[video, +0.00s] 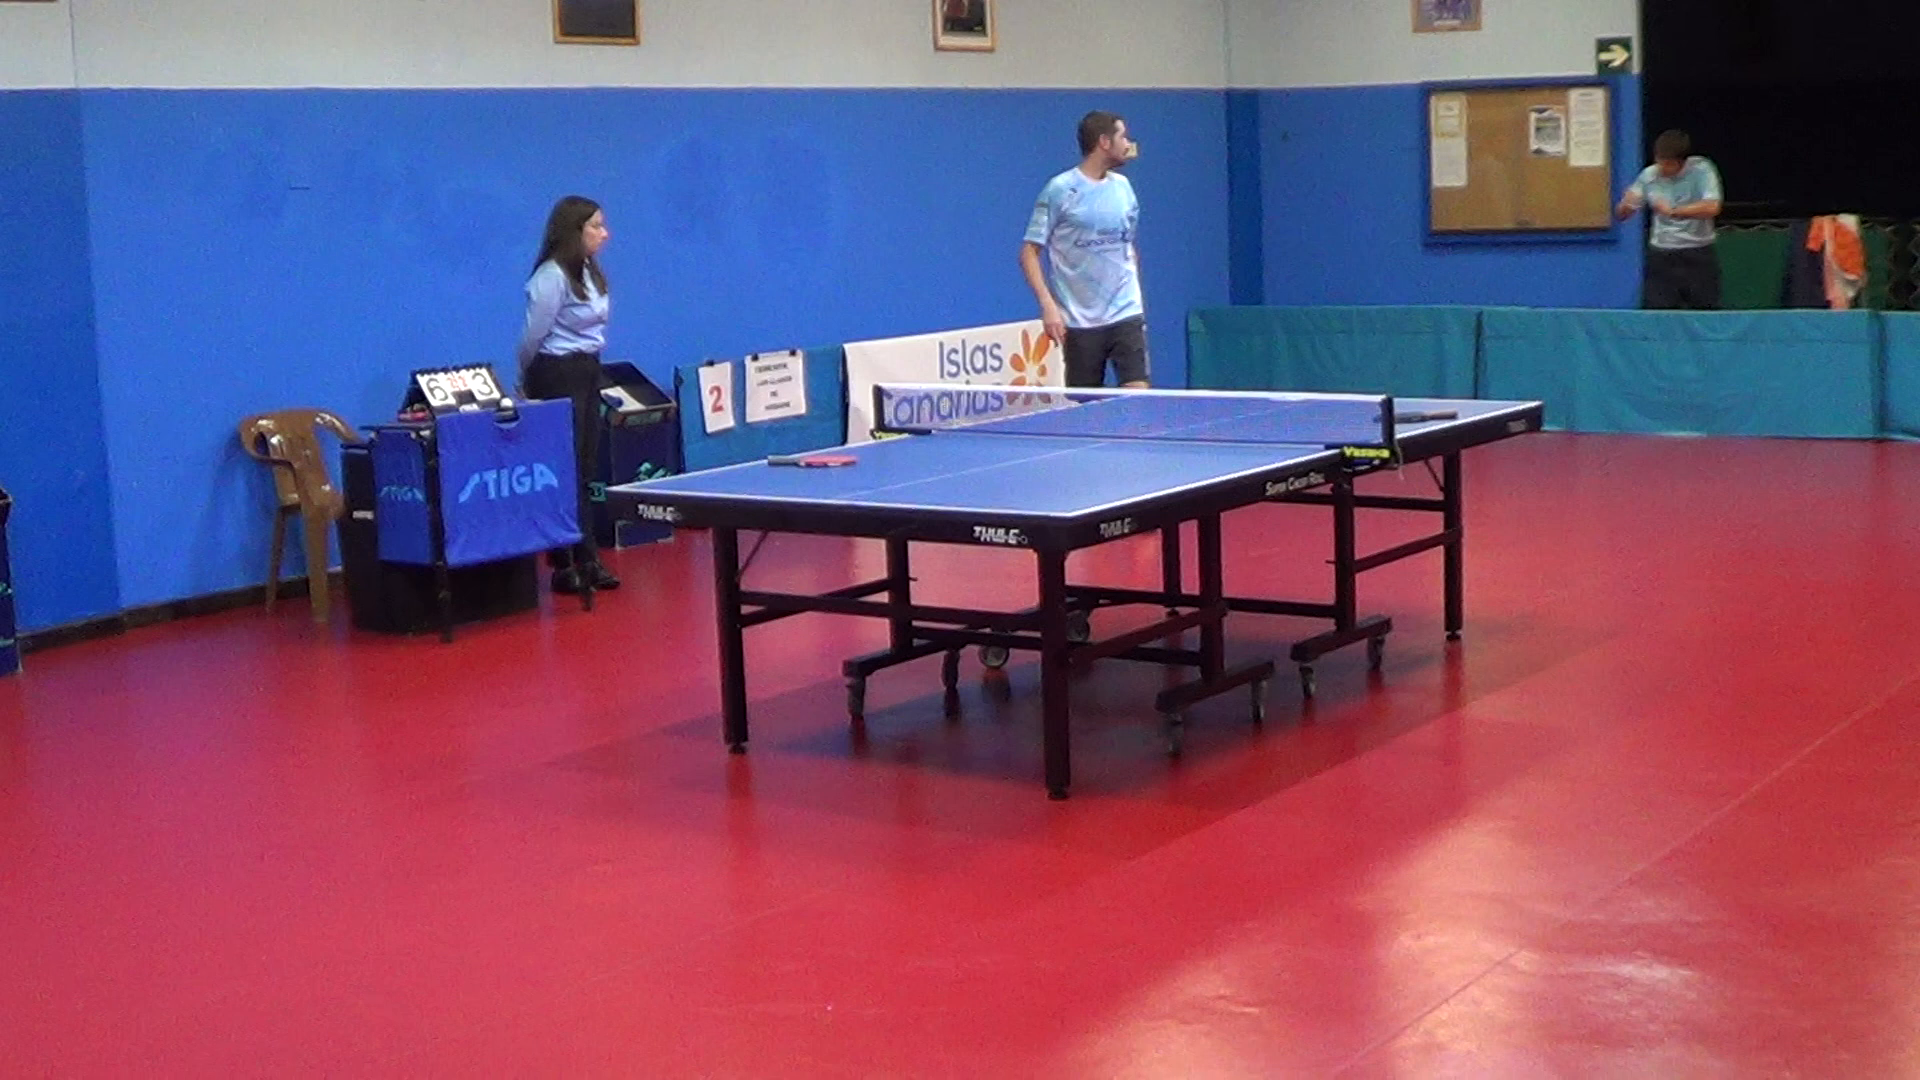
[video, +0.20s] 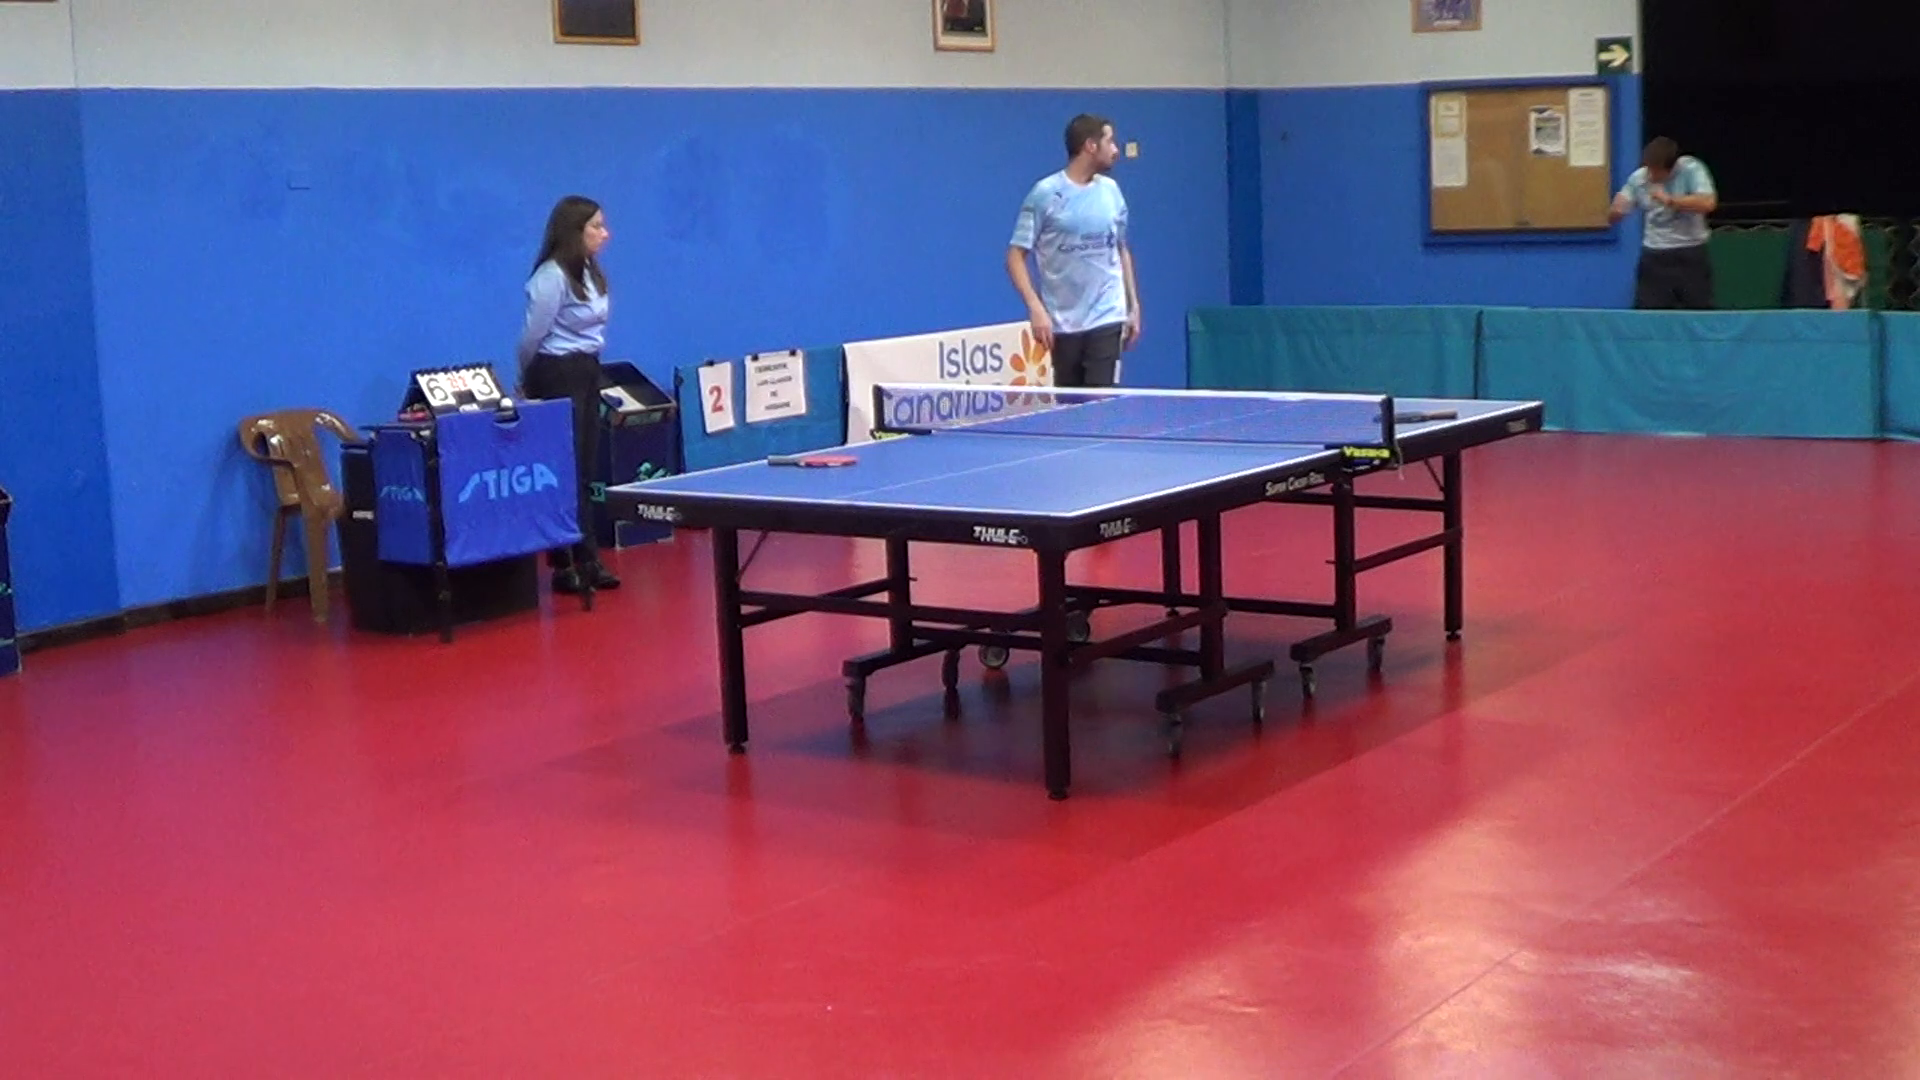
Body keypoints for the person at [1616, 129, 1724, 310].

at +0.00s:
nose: (1663, 168)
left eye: (1668, 164)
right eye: (1661, 163)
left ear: (1681, 161)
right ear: (1657, 159)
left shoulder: (1702, 169)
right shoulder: (1649, 174)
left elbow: (1712, 207)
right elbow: (1622, 214)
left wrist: (1673, 211)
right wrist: (1627, 205)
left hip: (1698, 254)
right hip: (1662, 255)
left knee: (1705, 314)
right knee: (1658, 315)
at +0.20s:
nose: (1652, 175)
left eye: (1657, 171)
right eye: (1650, 170)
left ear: (1669, 168)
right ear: (1646, 165)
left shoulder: (1692, 169)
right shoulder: (1640, 177)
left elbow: (1707, 202)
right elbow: (1624, 199)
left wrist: (1672, 202)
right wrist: (1617, 210)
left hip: (1690, 254)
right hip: (1654, 256)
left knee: (1698, 314)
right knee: (1649, 315)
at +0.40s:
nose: (1652, 151)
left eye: (1658, 146)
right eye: (1649, 145)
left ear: (1671, 145)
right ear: (1644, 143)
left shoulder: (1690, 167)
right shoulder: (1635, 171)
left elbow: (1710, 203)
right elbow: (1620, 199)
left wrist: (1677, 208)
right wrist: (1615, 210)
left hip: (1686, 247)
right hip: (1649, 250)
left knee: (1692, 309)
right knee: (1648, 311)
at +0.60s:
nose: (1653, 148)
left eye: (1660, 144)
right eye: (1650, 142)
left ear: (1673, 144)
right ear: (1644, 141)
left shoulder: (1691, 166)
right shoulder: (1634, 171)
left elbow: (1713, 200)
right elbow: (1615, 203)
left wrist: (1682, 222)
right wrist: (1615, 210)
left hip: (1685, 248)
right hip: (1649, 251)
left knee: (1696, 311)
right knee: (1652, 313)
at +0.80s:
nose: (1667, 160)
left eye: (1674, 155)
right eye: (1663, 152)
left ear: (1684, 154)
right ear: (1656, 147)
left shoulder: (1698, 168)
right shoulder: (1638, 174)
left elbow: (1724, 203)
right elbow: (1614, 215)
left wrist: (1694, 213)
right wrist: (1627, 211)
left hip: (1692, 250)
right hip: (1655, 252)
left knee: (1702, 312)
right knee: (1656, 314)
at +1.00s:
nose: (1696, 150)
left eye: (1701, 145)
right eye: (1692, 143)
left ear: (1706, 146)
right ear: (1678, 139)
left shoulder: (1715, 174)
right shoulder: (1654, 173)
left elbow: (1736, 210)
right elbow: (1629, 212)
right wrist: (1647, 212)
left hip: (1703, 252)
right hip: (1664, 252)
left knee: (1706, 316)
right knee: (1664, 317)